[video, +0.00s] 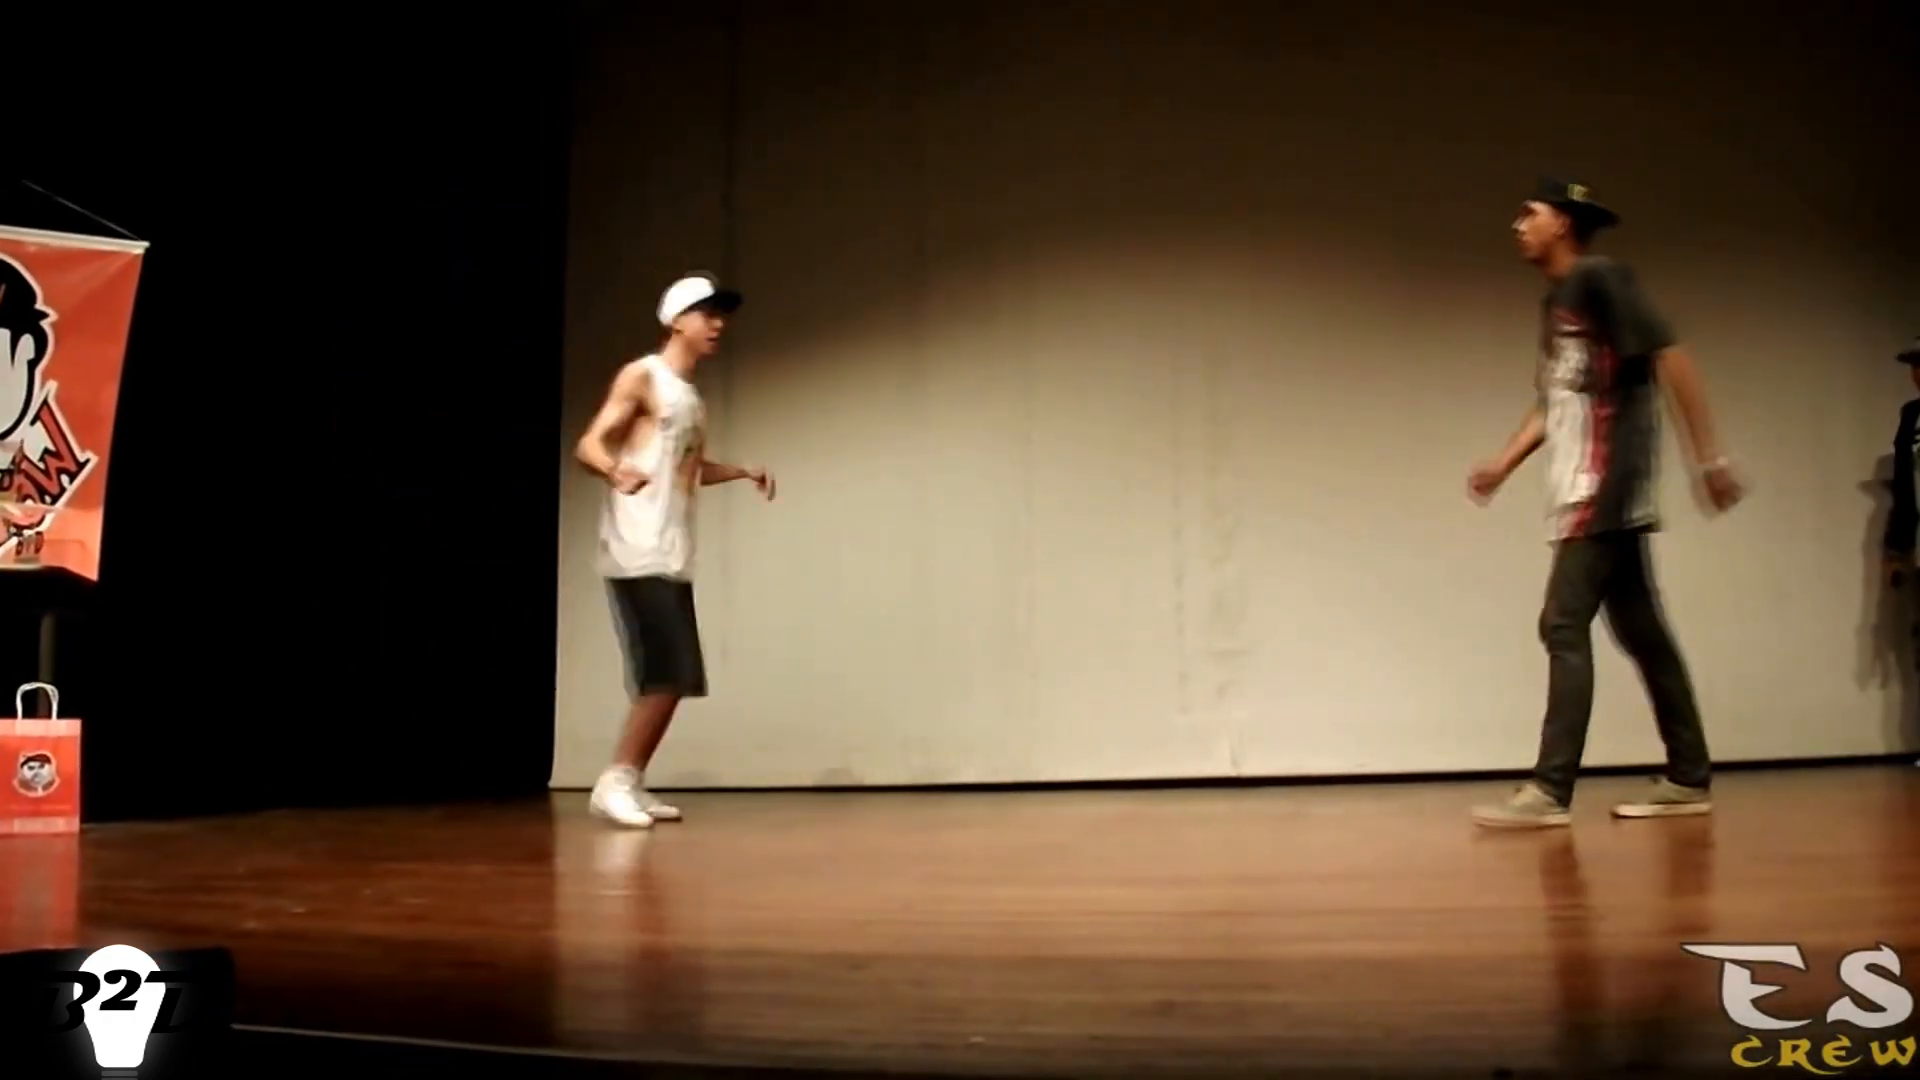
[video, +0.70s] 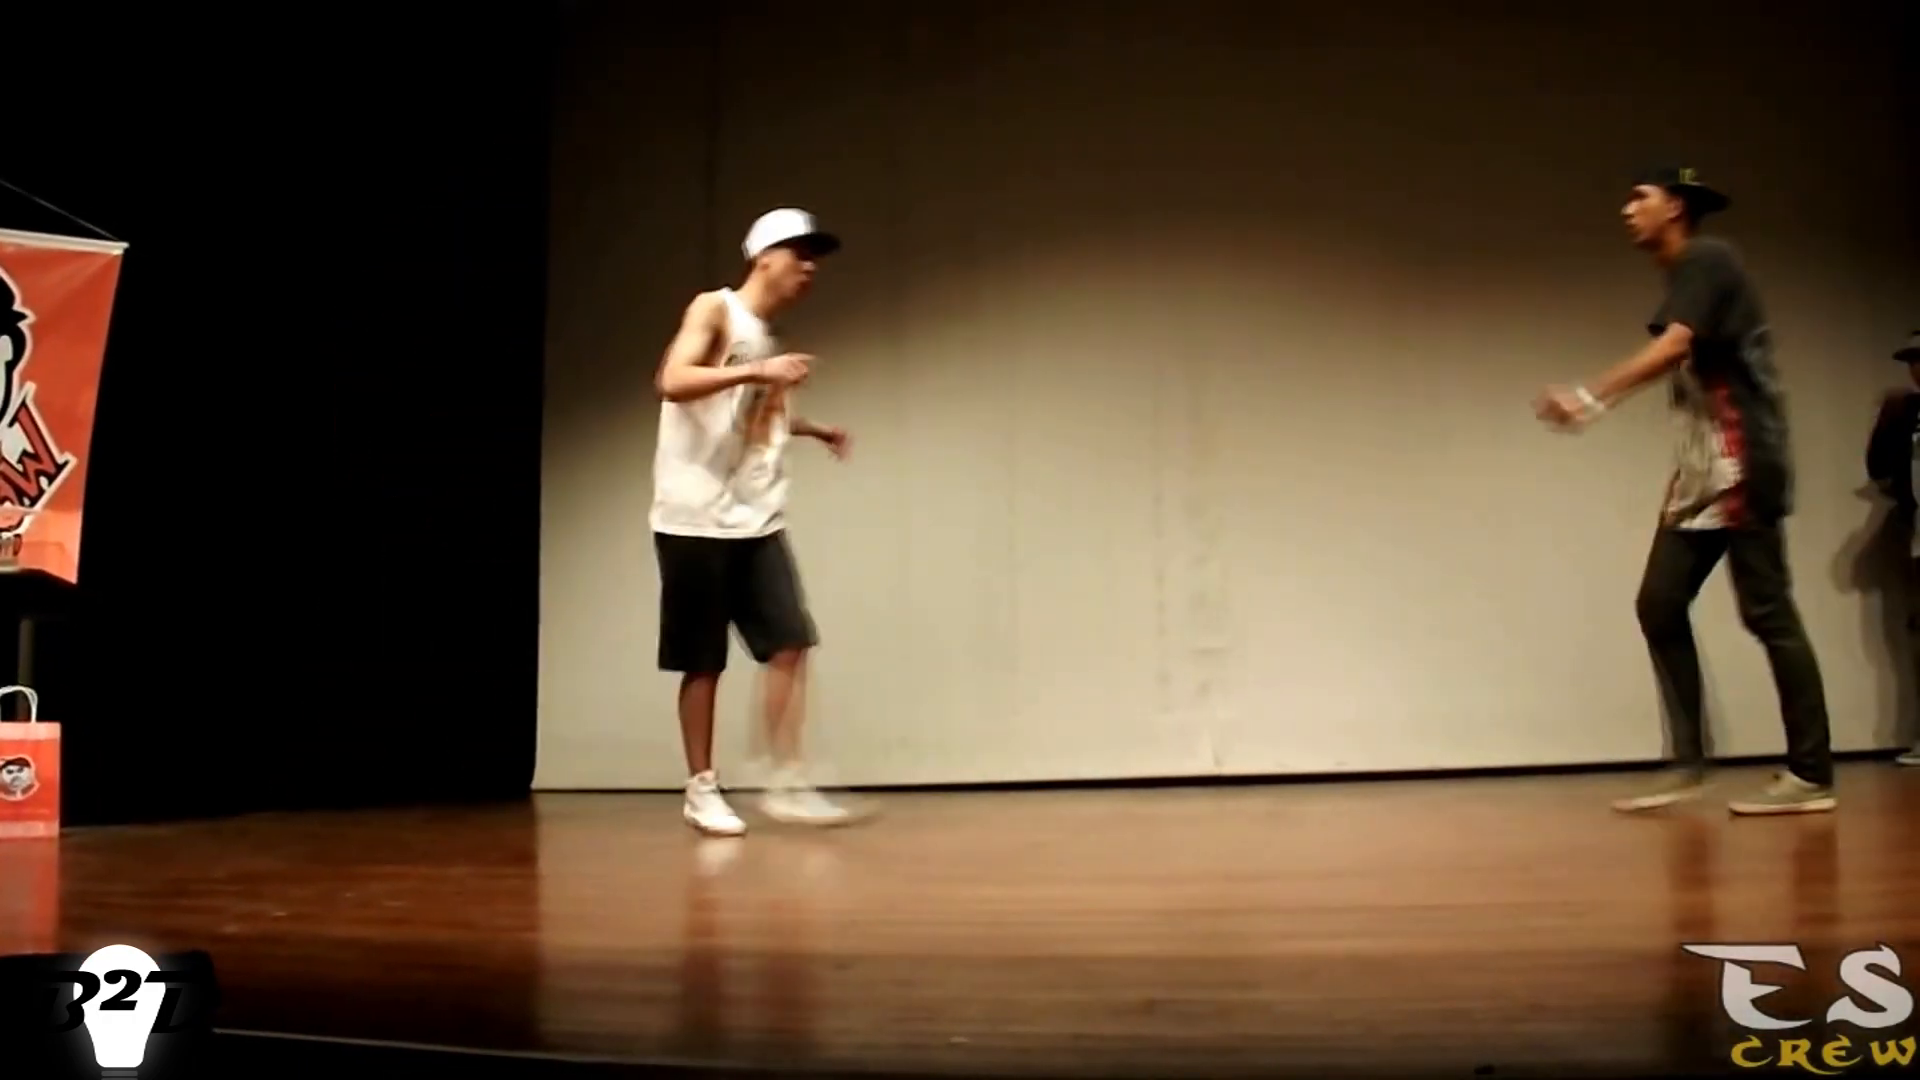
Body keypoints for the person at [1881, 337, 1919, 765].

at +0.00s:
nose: (1912, 376)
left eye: (1914, 369)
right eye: (1911, 368)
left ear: (1918, 372)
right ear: (1913, 372)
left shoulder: (1912, 417)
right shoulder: (1910, 417)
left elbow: (1905, 491)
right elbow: (1904, 491)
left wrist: (1896, 550)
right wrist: (1895, 550)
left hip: (1918, 559)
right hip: (1917, 559)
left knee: (1917, 652)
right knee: (1916, 652)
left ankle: (1917, 740)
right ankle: (1917, 740)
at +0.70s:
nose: (1916, 371)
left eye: (1918, 363)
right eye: (1913, 363)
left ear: (1918, 367)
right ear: (1909, 367)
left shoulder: (1903, 409)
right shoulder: (1901, 408)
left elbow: (1882, 467)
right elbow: (1882, 467)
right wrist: (1906, 496)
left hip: (1911, 542)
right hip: (1908, 541)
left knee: (1912, 642)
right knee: (1913, 640)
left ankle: (1917, 737)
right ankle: (1917, 736)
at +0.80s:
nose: (1911, 370)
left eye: (1914, 362)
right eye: (1909, 362)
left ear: (1919, 365)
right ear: (1908, 366)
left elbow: (1879, 456)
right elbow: (1876, 458)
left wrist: (1898, 405)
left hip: (1915, 538)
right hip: (1909, 537)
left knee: (1911, 638)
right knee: (1911, 636)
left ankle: (1919, 736)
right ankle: (1917, 736)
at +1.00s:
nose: (1914, 367)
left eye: (1916, 359)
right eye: (1911, 359)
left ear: (1919, 362)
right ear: (1908, 363)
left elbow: (1878, 454)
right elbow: (1875, 455)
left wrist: (1899, 402)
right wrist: (1902, 401)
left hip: (1914, 536)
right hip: (1909, 535)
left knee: (1911, 638)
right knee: (1910, 637)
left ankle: (1912, 732)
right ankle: (1911, 732)